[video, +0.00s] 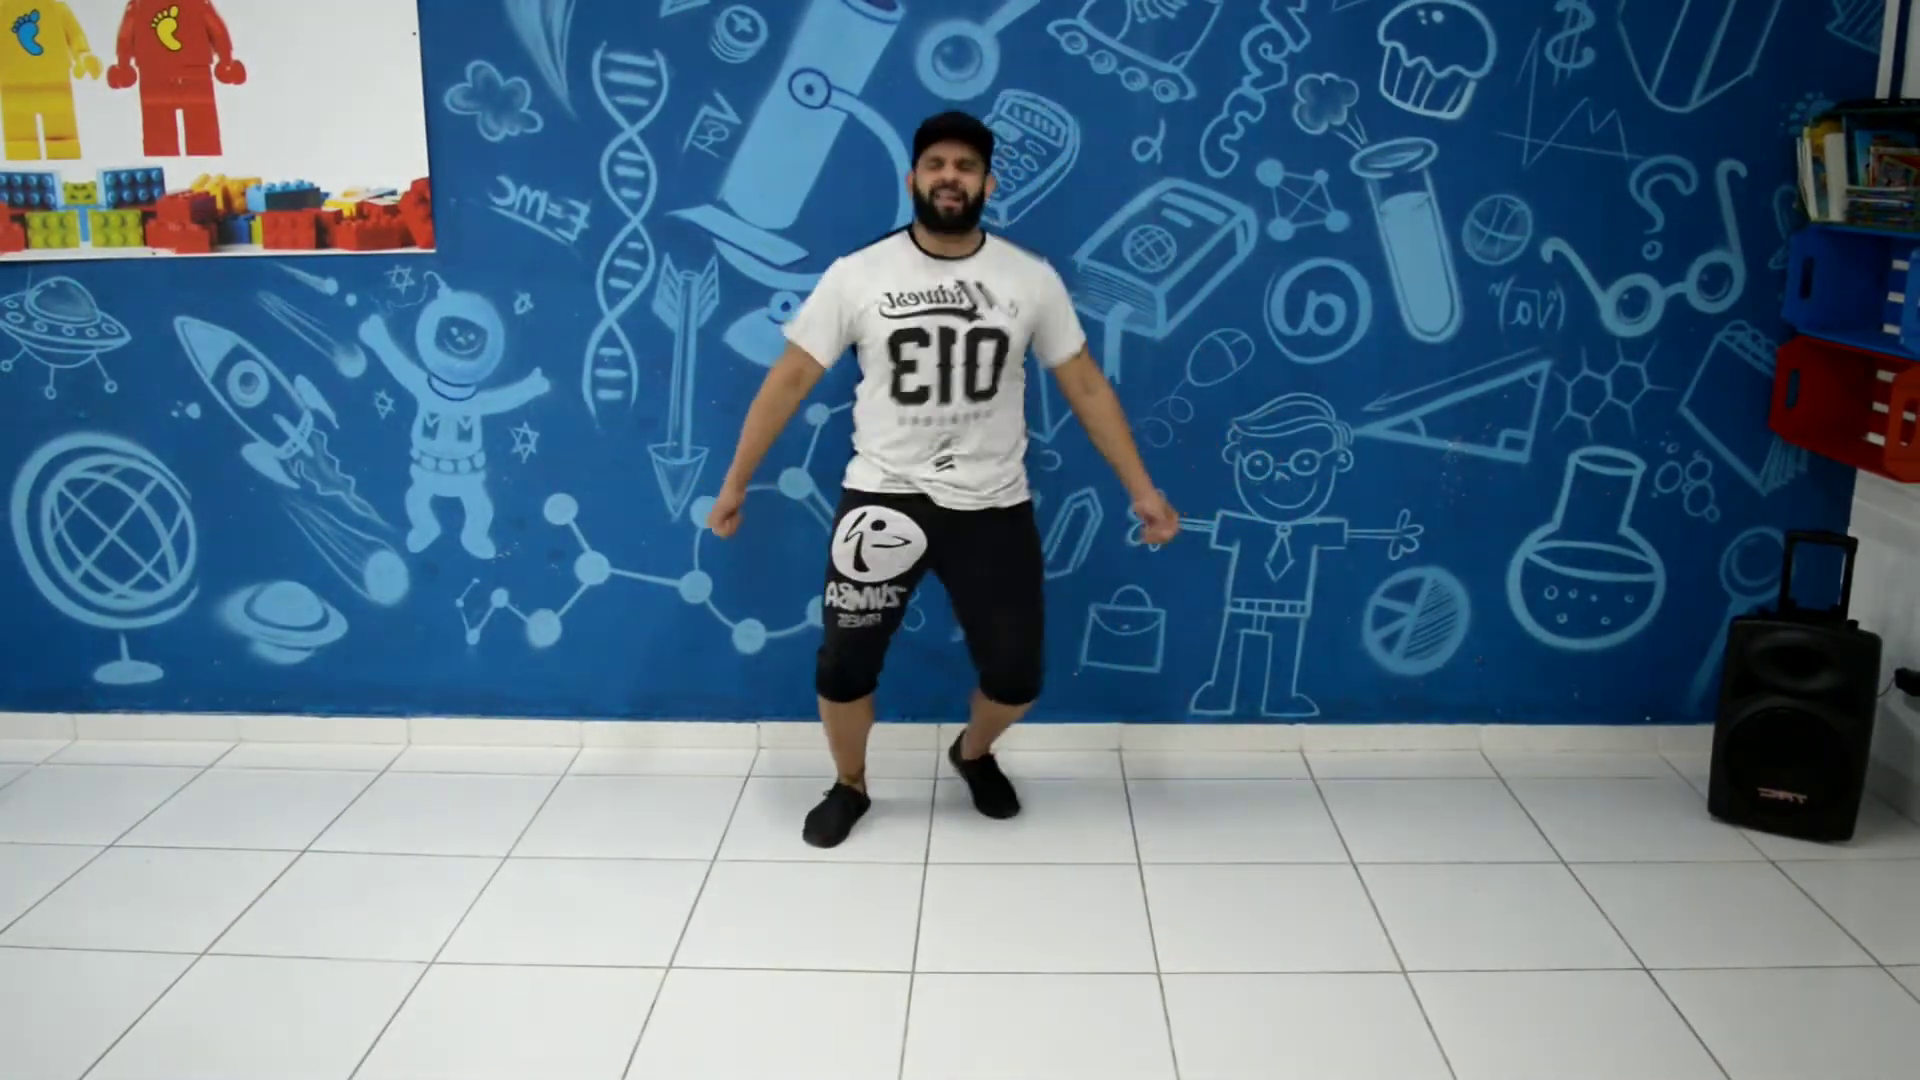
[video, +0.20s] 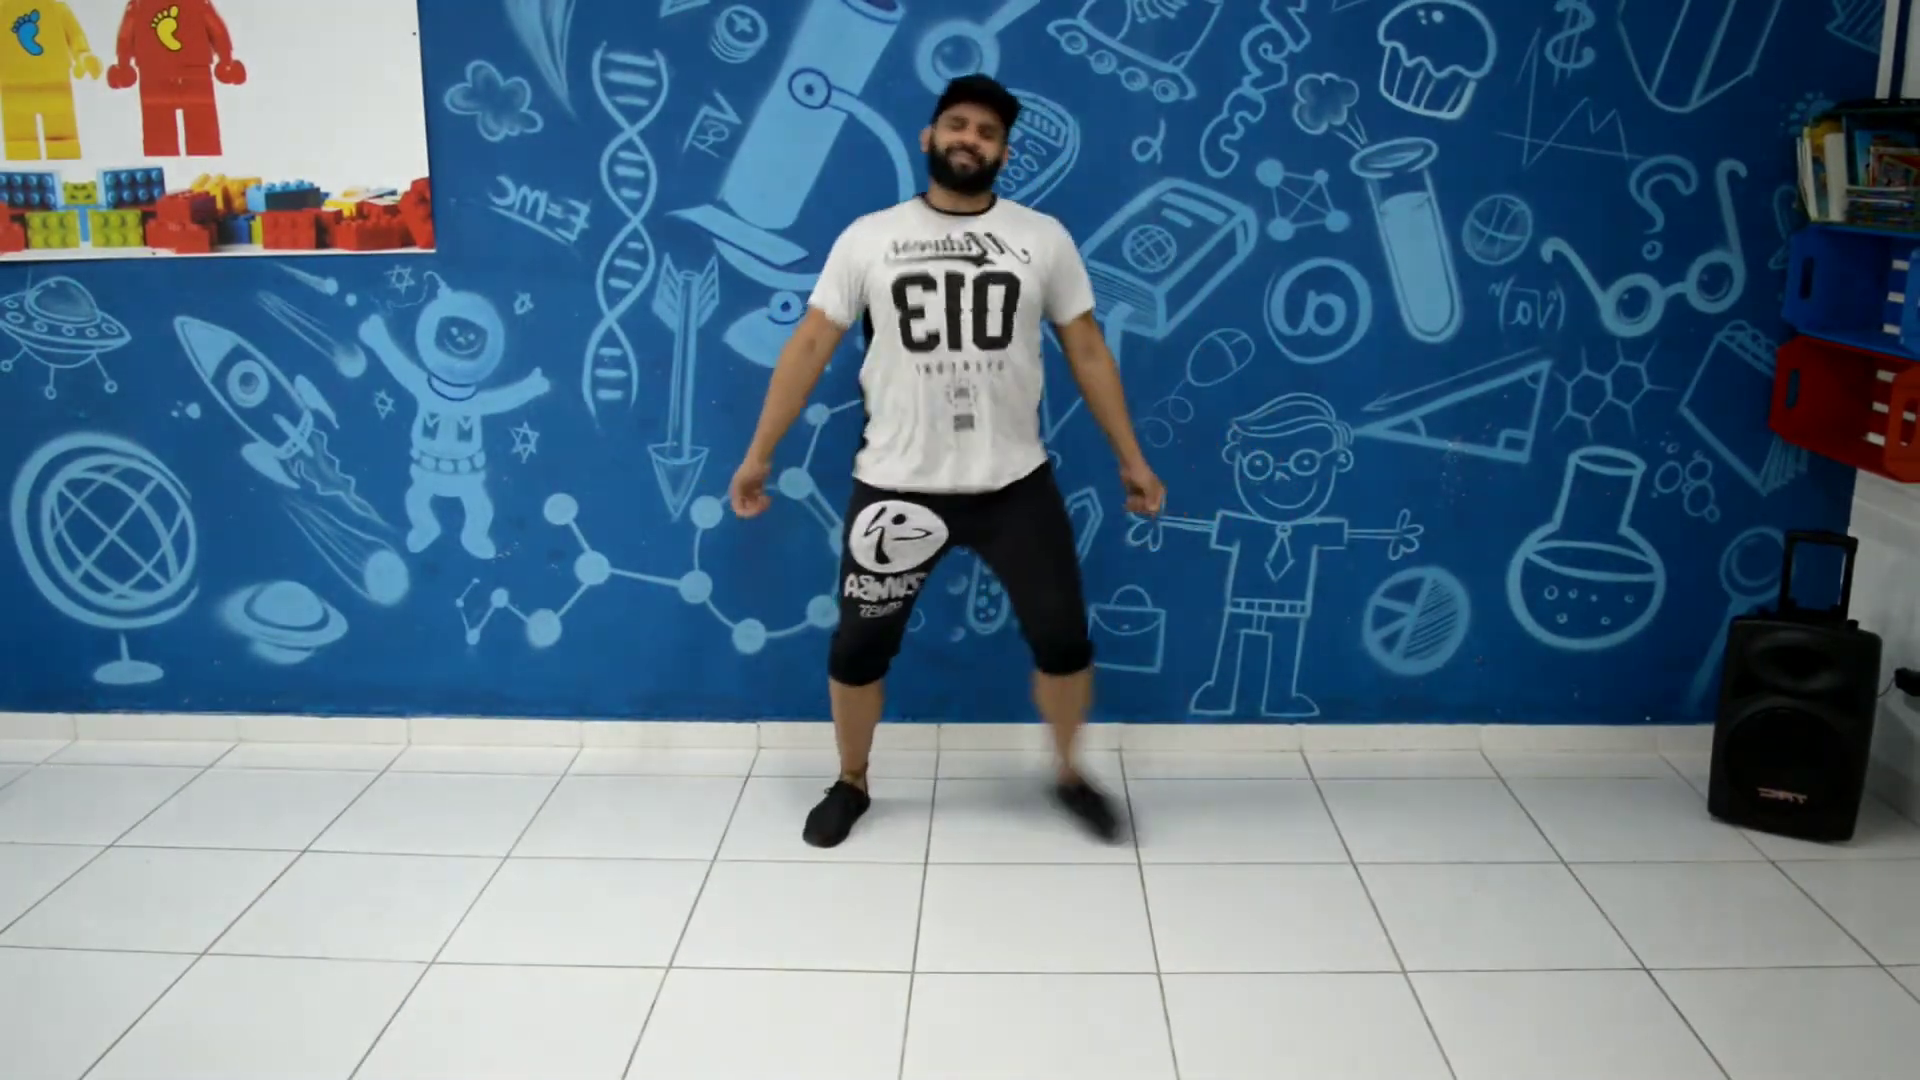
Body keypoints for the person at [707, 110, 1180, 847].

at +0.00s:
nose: (950, 179)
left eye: (966, 167)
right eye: (936, 165)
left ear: (986, 183)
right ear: (913, 178)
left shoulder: (1032, 281)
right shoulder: (856, 278)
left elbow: (1088, 387)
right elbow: (790, 378)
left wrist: (1142, 488)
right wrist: (735, 484)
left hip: (993, 501)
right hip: (884, 494)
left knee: (1016, 676)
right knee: (845, 661)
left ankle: (973, 754)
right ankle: (850, 786)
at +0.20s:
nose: (969, 138)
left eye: (986, 131)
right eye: (957, 125)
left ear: (1004, 152)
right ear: (929, 137)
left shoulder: (1044, 241)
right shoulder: (867, 241)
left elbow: (1089, 353)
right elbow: (809, 347)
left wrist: (1130, 456)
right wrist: (758, 454)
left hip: (1015, 481)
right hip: (897, 482)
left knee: (1065, 640)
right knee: (859, 645)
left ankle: (1070, 773)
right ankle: (850, 783)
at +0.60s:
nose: (1035, 141)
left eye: (1051, 129)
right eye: (1020, 129)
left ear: (1073, 144)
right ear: (996, 143)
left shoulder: (1124, 232)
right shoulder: (953, 253)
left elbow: (1163, 343)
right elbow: (894, 359)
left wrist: (1199, 449)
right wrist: (844, 467)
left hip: (1098, 479)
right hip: (984, 479)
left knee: (1132, 641)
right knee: (937, 644)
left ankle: (1141, 789)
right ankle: (942, 763)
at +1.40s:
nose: (941, 147)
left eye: (957, 136)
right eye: (925, 136)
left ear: (980, 152)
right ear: (904, 154)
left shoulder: (1037, 240)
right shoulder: (862, 258)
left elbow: (1089, 345)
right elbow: (803, 354)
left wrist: (1133, 451)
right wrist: (748, 452)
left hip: (1007, 482)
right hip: (893, 485)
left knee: (1066, 645)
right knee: (856, 646)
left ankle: (1071, 781)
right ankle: (836, 784)